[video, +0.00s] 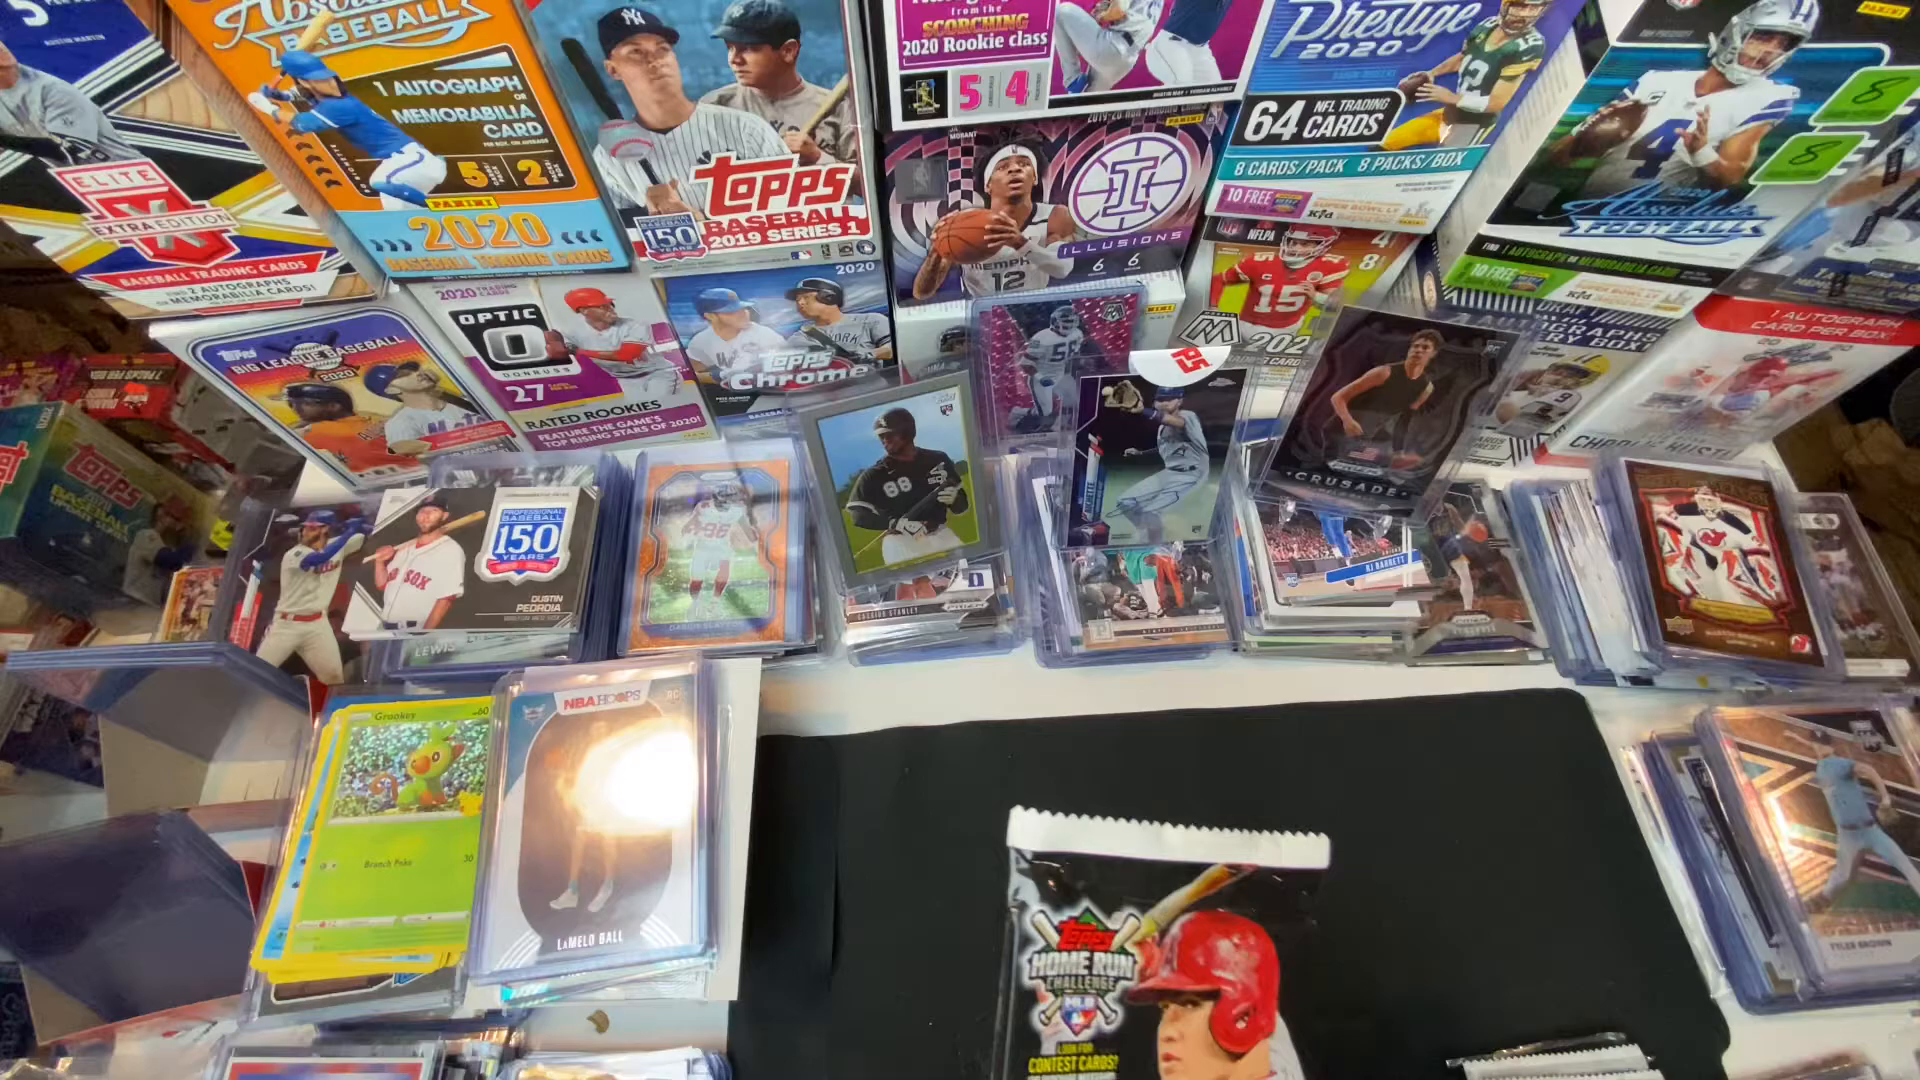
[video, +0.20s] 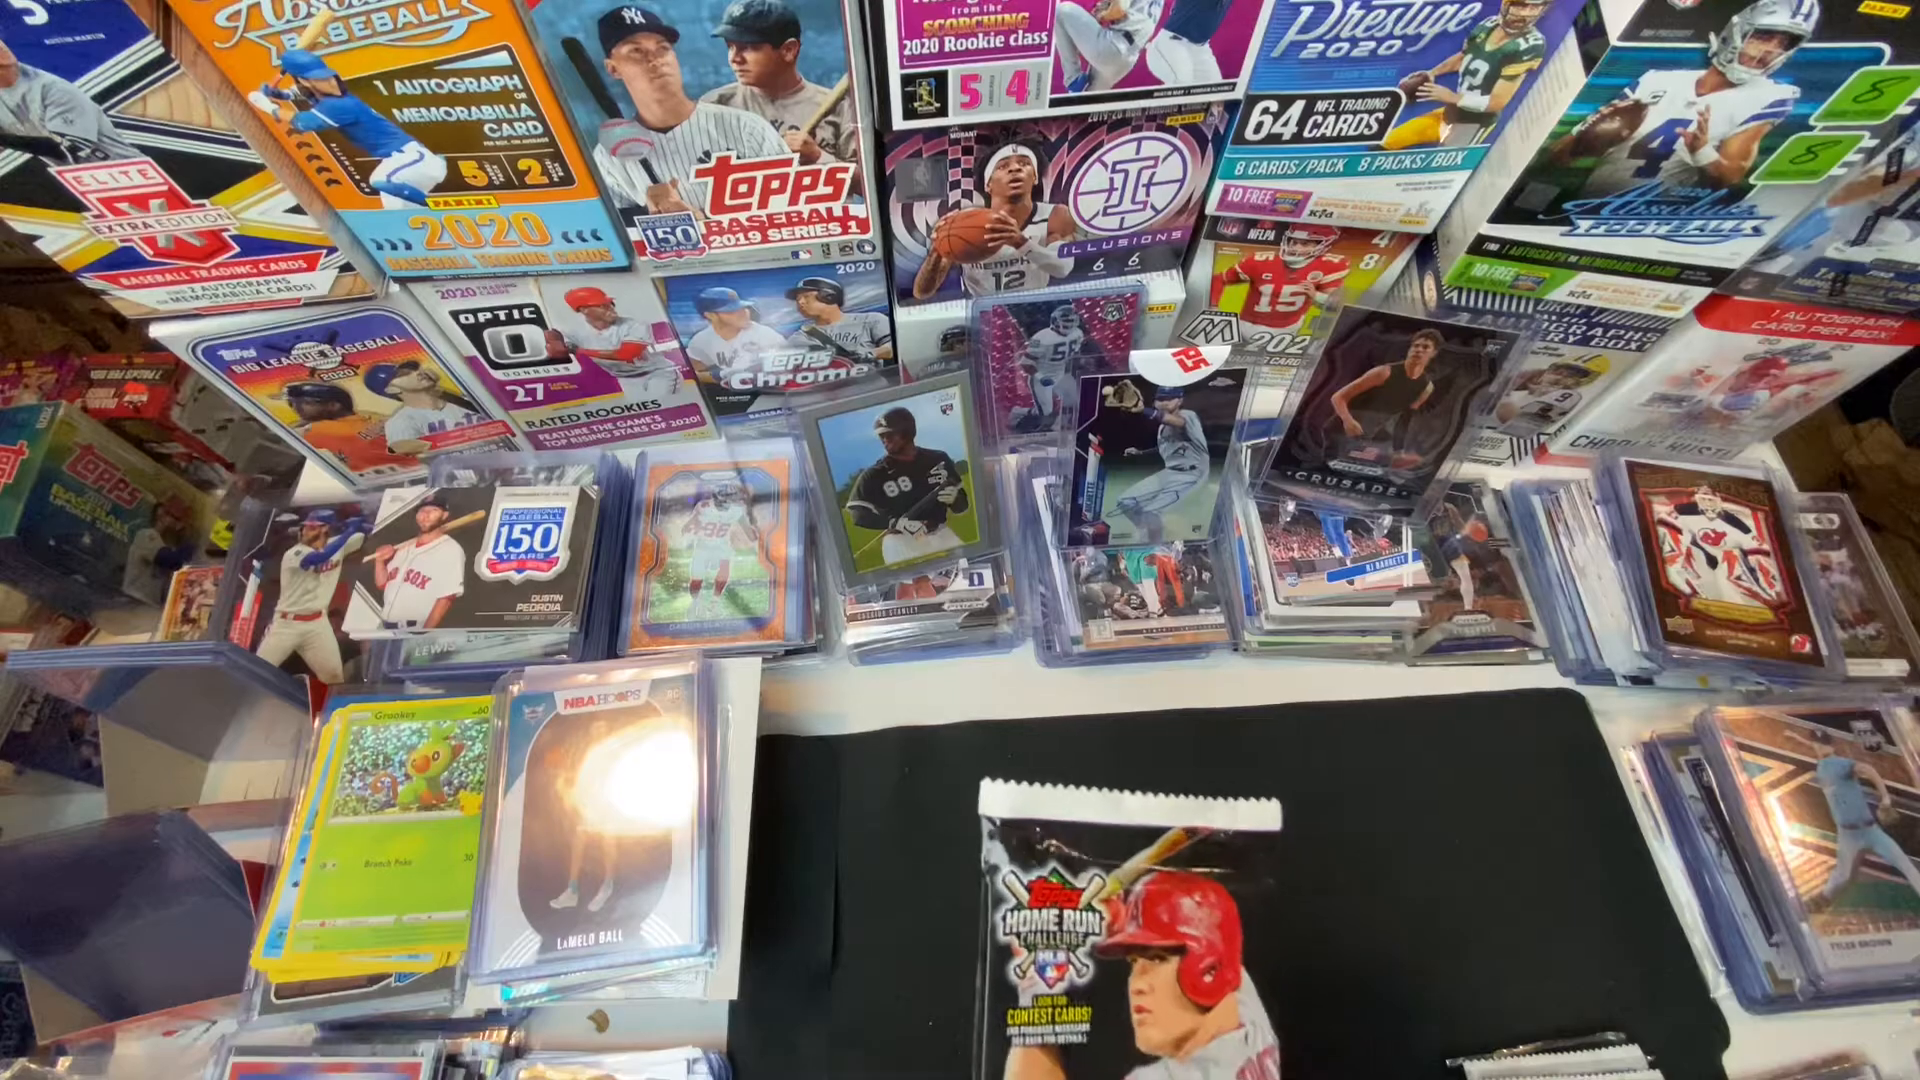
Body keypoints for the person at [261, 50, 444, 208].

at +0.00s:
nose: (300, 87)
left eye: (300, 83)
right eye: (301, 83)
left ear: (307, 84)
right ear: (311, 82)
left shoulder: (342, 107)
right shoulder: (332, 102)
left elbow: (299, 123)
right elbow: (301, 93)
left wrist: (269, 109)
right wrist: (276, 95)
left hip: (414, 159)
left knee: (380, 179)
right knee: (398, 220)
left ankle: (433, 218)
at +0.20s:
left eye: (302, 81)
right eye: (322, 76)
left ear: (308, 82)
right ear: (308, 82)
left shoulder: (341, 105)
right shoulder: (332, 101)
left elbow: (299, 121)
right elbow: (301, 92)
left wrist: (269, 107)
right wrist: (276, 93)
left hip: (414, 157)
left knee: (380, 178)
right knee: (396, 219)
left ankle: (435, 215)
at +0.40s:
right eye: (322, 78)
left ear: (309, 83)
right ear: (308, 83)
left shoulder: (341, 106)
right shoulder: (332, 103)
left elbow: (299, 122)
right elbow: (301, 93)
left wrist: (269, 108)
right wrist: (276, 94)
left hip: (413, 158)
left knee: (379, 179)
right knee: (397, 219)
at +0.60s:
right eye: (323, 78)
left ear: (307, 83)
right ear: (308, 84)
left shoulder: (342, 106)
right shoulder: (331, 103)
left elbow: (299, 122)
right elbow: (299, 94)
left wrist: (268, 108)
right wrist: (275, 94)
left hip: (414, 159)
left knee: (380, 179)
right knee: (398, 221)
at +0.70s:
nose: (301, 87)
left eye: (302, 82)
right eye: (319, 77)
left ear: (308, 83)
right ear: (309, 82)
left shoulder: (342, 106)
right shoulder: (333, 101)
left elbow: (299, 122)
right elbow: (304, 92)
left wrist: (271, 109)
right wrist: (278, 94)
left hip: (414, 159)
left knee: (380, 178)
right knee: (398, 221)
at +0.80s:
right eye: (322, 79)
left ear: (311, 84)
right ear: (309, 84)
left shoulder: (343, 107)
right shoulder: (331, 102)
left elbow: (298, 123)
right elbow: (302, 92)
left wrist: (271, 109)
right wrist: (277, 94)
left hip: (415, 159)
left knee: (381, 180)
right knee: (397, 221)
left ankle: (434, 214)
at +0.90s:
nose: (330, 80)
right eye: (321, 78)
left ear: (310, 83)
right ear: (309, 83)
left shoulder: (342, 106)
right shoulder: (331, 101)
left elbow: (298, 123)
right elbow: (302, 92)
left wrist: (271, 109)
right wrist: (278, 94)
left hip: (415, 158)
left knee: (380, 179)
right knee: (398, 221)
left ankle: (433, 214)